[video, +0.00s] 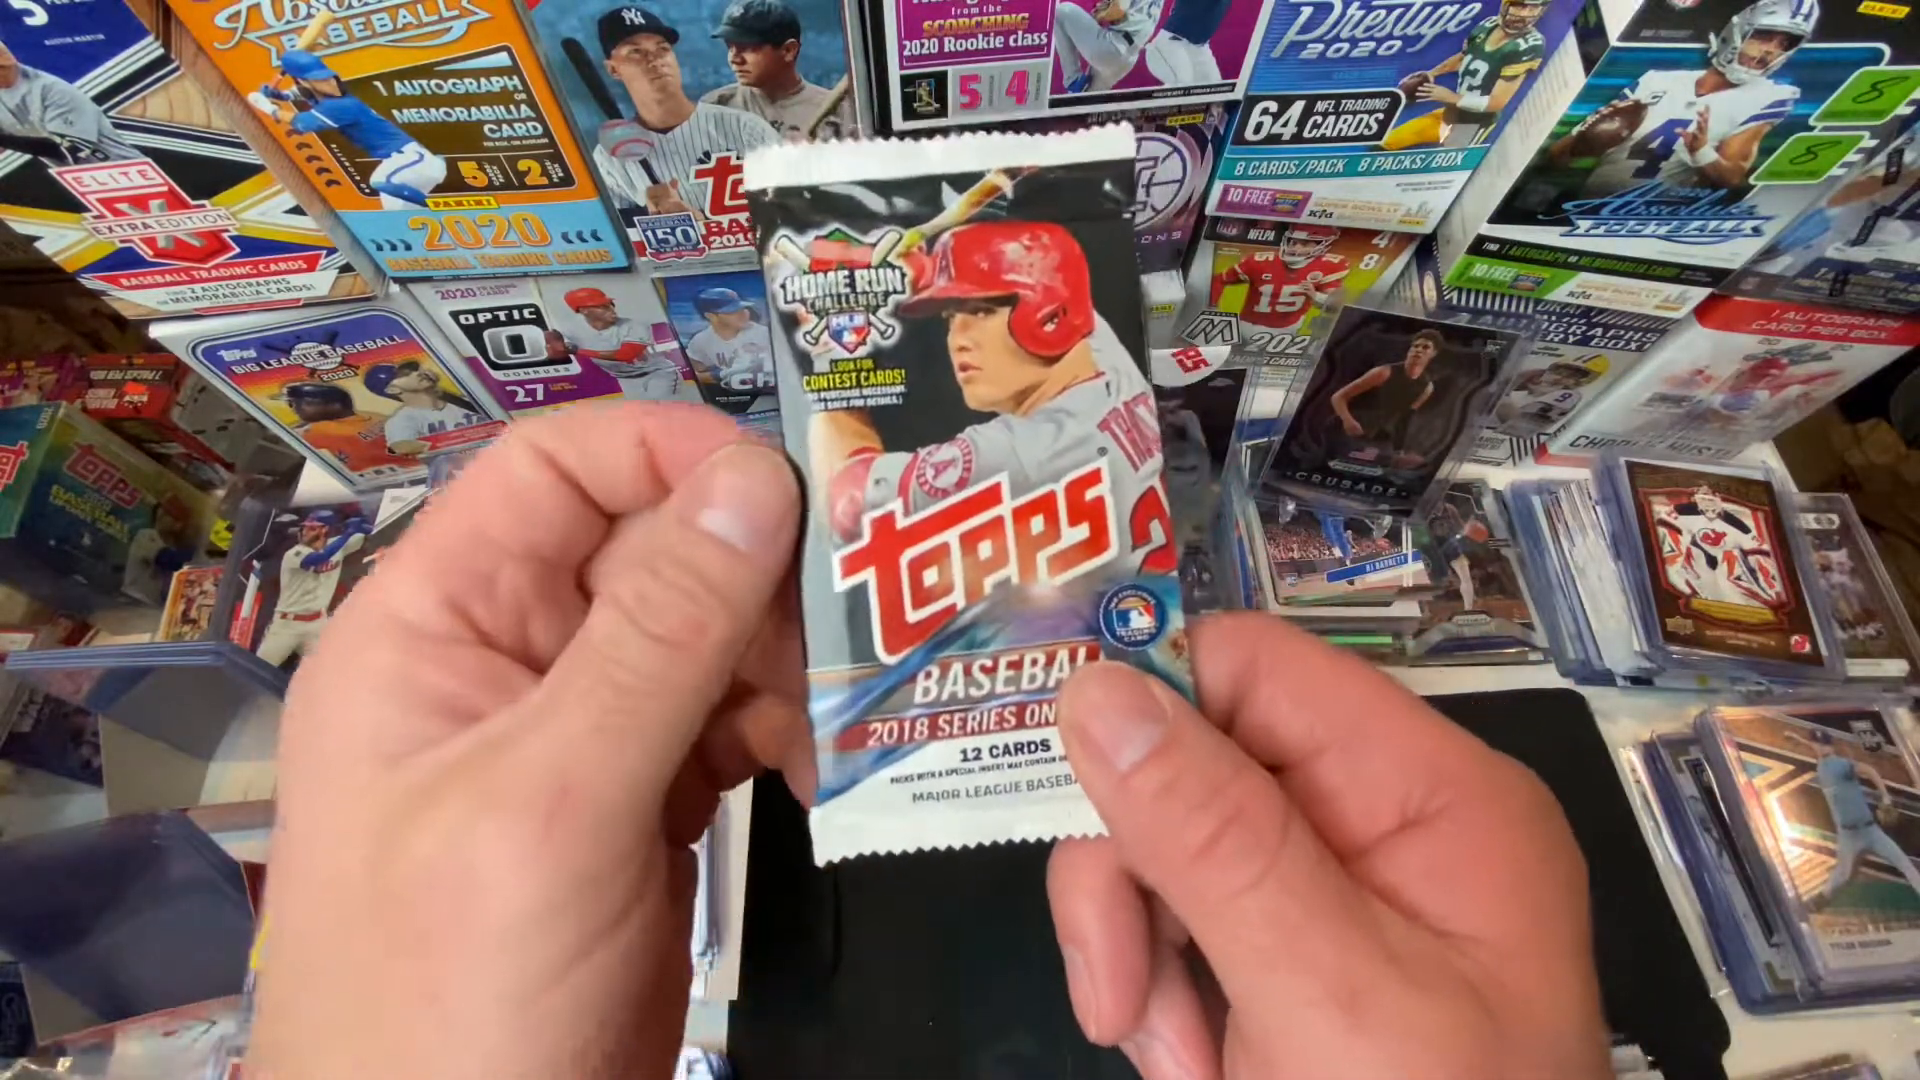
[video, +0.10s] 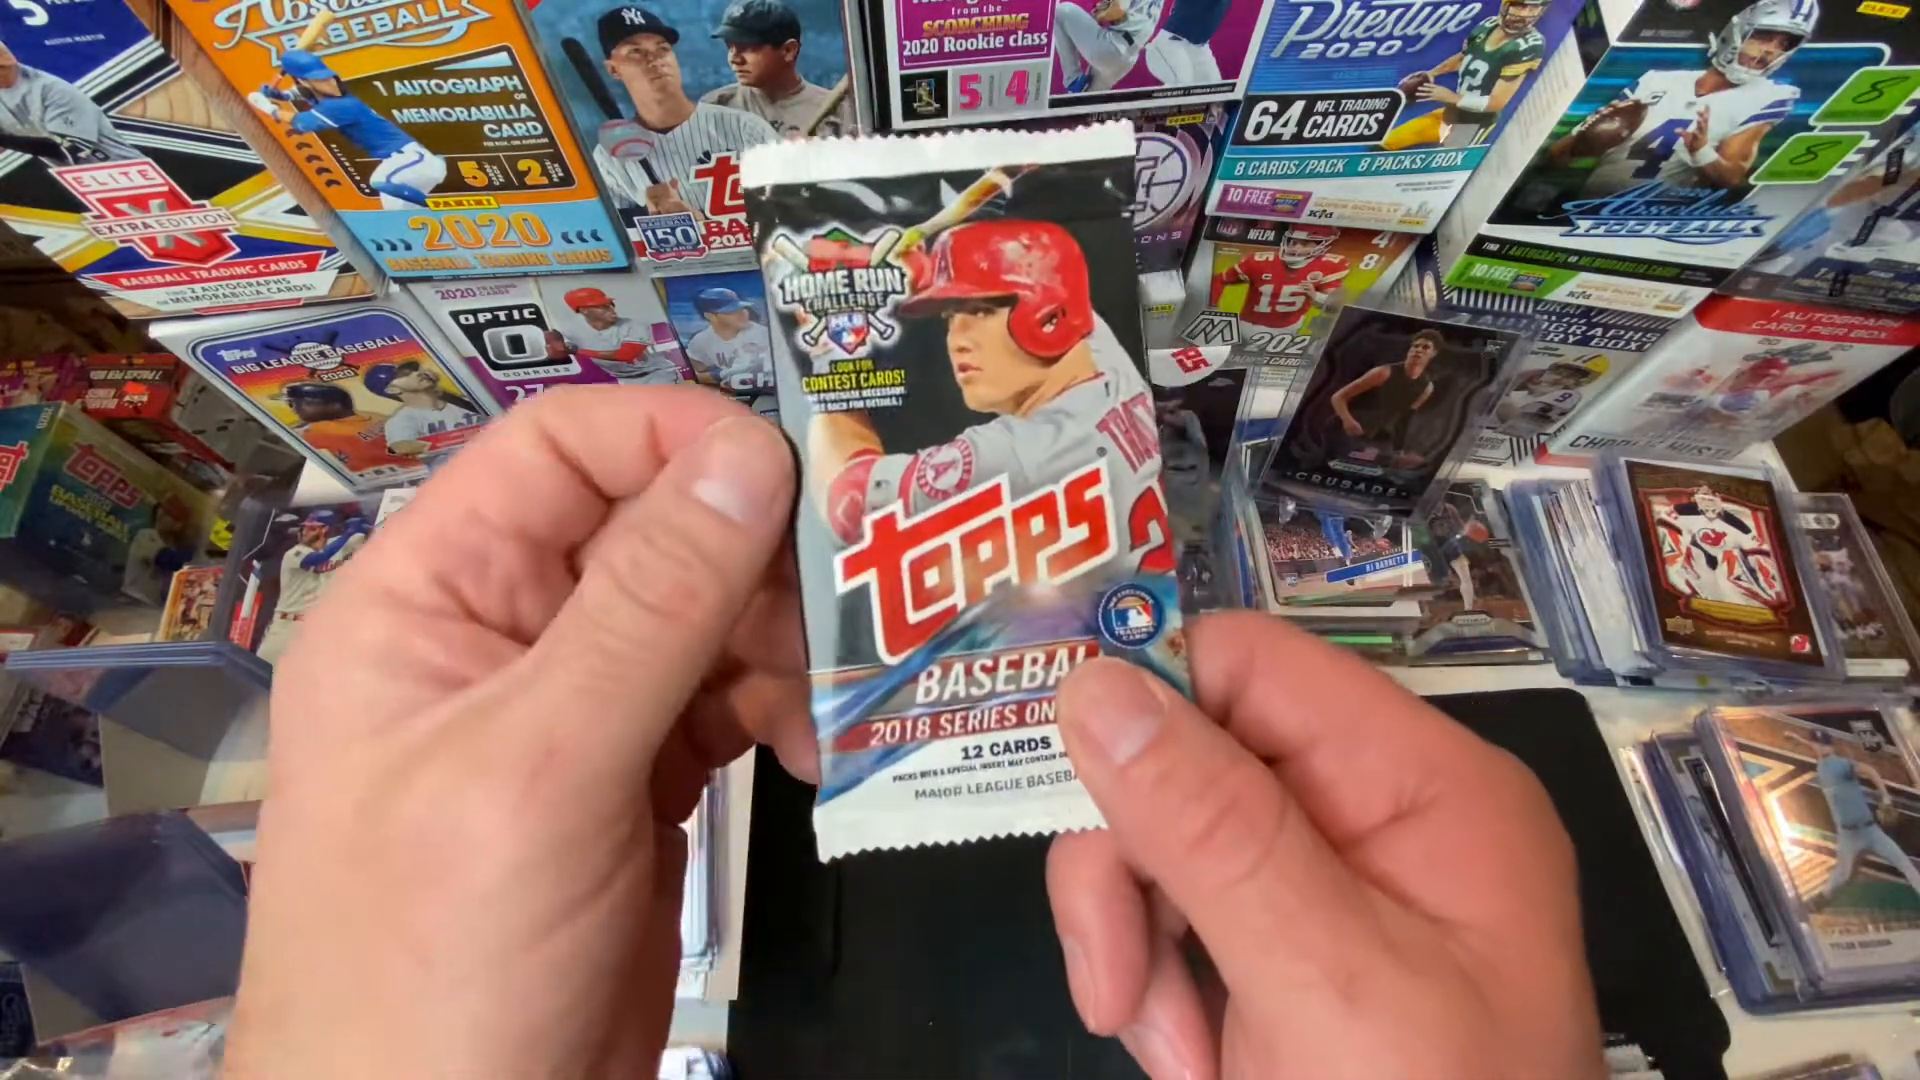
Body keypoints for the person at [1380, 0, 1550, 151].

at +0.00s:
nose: (1520, 13)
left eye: (1529, 7)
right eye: (1515, 5)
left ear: (1541, 11)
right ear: (1503, 4)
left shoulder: (1527, 47)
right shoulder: (1487, 26)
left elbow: (1496, 103)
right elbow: (1464, 57)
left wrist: (1450, 97)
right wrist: (1431, 73)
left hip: (1478, 123)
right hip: (1452, 111)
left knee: (1442, 172)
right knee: (1389, 141)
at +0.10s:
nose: (1519, 15)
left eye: (1529, 9)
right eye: (1515, 5)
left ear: (1541, 12)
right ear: (1504, 4)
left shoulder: (1527, 47)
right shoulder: (1487, 26)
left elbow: (1496, 103)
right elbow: (1463, 57)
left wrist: (1450, 97)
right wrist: (1431, 74)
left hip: (1477, 123)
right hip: (1451, 112)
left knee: (1442, 174)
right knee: (1389, 141)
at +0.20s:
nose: (1519, 14)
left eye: (1530, 8)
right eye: (1515, 5)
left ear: (1541, 11)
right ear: (1504, 4)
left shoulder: (1527, 47)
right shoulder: (1487, 26)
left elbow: (1496, 103)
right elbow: (1463, 57)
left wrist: (1450, 97)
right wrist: (1431, 74)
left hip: (1477, 123)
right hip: (1451, 111)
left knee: (1443, 175)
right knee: (1389, 141)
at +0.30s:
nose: (1520, 14)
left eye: (1530, 7)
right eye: (1516, 5)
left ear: (1541, 11)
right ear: (1504, 4)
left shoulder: (1527, 47)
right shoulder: (1487, 26)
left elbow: (1496, 103)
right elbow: (1463, 57)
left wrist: (1450, 97)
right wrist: (1431, 74)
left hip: (1477, 123)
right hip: (1451, 111)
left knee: (1443, 175)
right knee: (1389, 141)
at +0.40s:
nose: (1518, 13)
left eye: (1529, 7)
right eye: (1514, 4)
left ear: (1541, 10)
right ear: (1503, 3)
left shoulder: (1527, 47)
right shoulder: (1487, 26)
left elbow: (1496, 104)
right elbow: (1463, 58)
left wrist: (1450, 97)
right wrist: (1431, 73)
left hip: (1477, 124)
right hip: (1452, 111)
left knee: (1442, 175)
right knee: (1389, 141)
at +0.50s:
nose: (1518, 13)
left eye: (1529, 7)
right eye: (1514, 4)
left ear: (1541, 10)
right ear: (1503, 3)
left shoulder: (1527, 47)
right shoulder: (1487, 26)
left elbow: (1496, 104)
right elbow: (1463, 58)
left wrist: (1450, 97)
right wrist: (1431, 73)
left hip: (1477, 124)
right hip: (1452, 111)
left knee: (1442, 175)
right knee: (1389, 141)